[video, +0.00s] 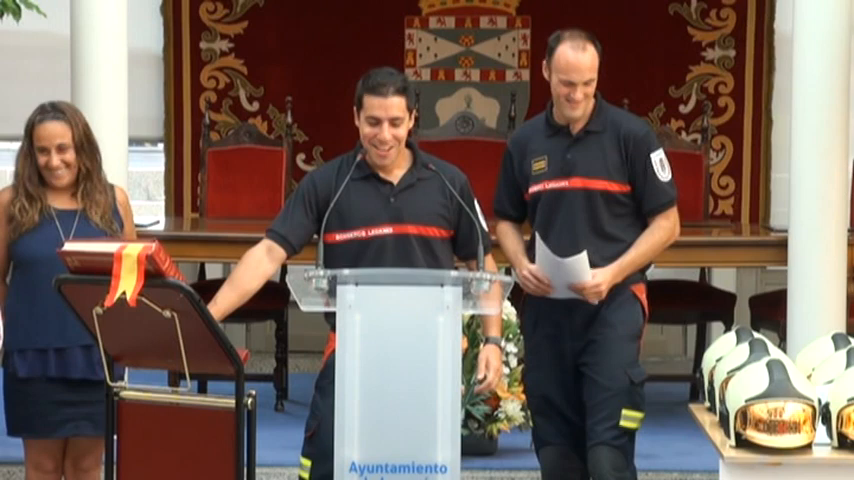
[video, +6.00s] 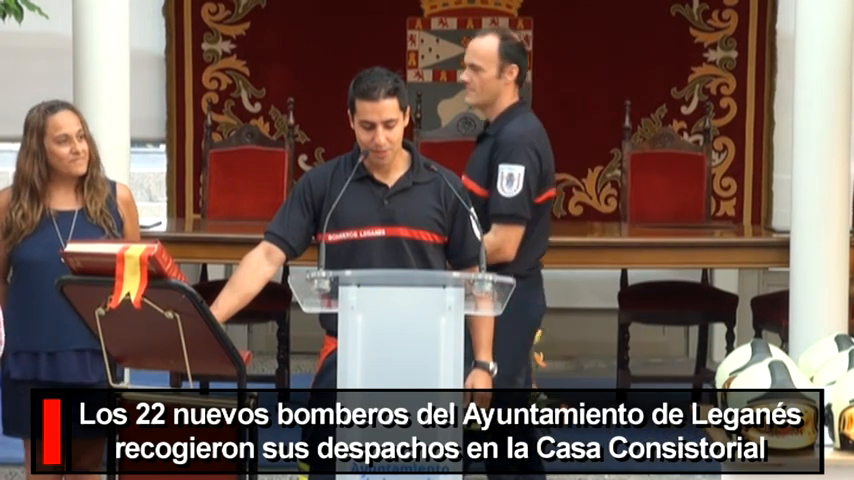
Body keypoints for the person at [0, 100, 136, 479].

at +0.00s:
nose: (54, 160)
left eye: (63, 149)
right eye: (44, 151)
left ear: (83, 149)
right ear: (31, 154)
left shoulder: (115, 200)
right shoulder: (11, 203)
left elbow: (132, 274)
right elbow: (1, 278)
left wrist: (127, 344)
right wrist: (4, 336)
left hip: (95, 355)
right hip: (31, 355)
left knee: (87, 466)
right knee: (44, 467)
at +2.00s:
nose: (72, 144)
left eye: (75, 134)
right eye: (57, 139)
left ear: (83, 136)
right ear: (36, 151)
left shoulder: (116, 198)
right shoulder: (10, 204)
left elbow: (135, 275)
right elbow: (2, 279)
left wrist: (128, 345)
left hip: (94, 358)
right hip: (31, 358)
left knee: (86, 466)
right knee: (41, 467)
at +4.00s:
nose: (72, 149)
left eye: (77, 138)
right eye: (58, 142)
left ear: (85, 140)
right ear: (35, 150)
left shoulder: (114, 199)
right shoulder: (10, 203)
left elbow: (131, 278)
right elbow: (2, 279)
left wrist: (126, 348)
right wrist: (1, 335)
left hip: (91, 360)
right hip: (26, 359)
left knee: (87, 466)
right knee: (40, 468)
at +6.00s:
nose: (78, 147)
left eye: (82, 136)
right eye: (64, 140)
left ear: (89, 139)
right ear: (39, 149)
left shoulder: (118, 199)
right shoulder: (11, 204)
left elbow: (134, 278)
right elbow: (2, 281)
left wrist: (128, 347)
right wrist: (5, 345)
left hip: (95, 360)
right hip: (30, 360)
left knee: (89, 467)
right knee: (43, 468)